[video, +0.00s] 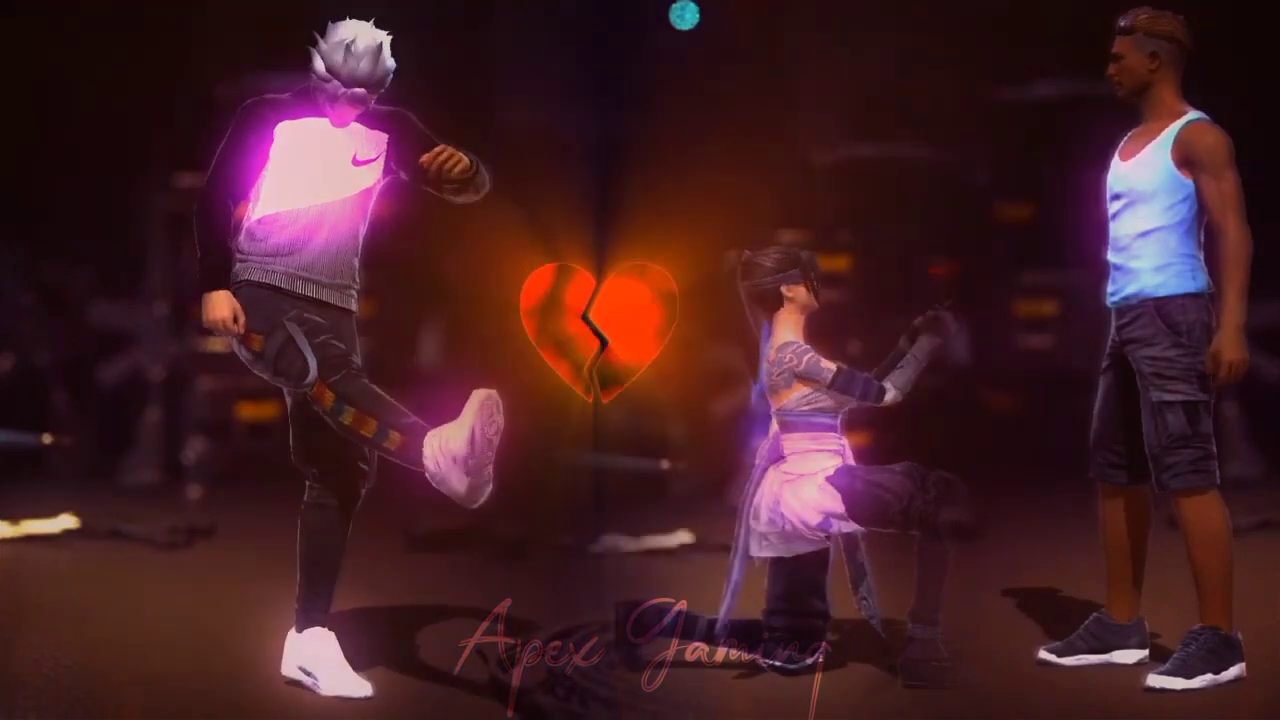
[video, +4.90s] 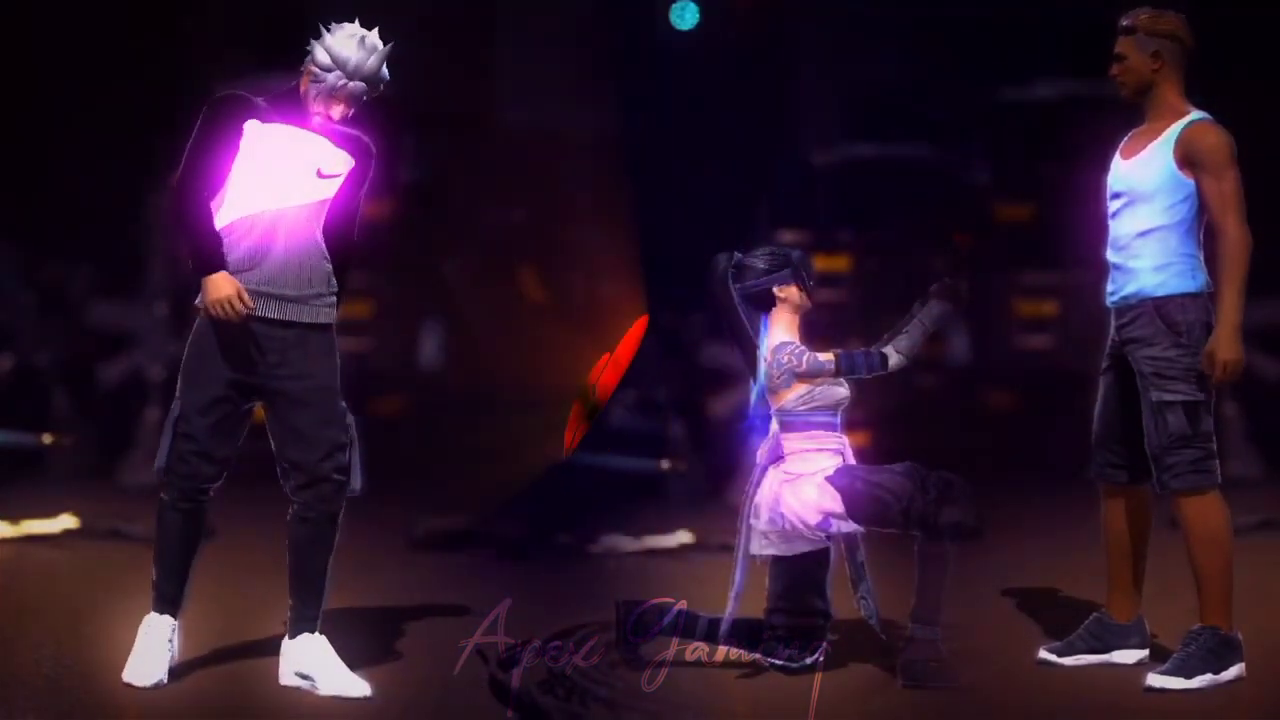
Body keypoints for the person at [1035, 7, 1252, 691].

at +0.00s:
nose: (1110, 68)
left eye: (1120, 58)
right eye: (1111, 58)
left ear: (1157, 62)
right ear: (1140, 65)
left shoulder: (1198, 135)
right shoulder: (1132, 141)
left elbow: (1233, 232)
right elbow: (1136, 240)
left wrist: (1231, 328)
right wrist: (1119, 320)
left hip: (1172, 320)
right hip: (1125, 322)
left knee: (1190, 476)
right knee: (1116, 470)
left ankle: (1216, 636)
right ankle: (1121, 623)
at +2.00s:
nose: (1111, 68)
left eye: (1120, 58)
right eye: (1111, 58)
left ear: (1158, 62)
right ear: (1140, 65)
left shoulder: (1199, 135)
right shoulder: (1131, 141)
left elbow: (1233, 233)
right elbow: (1135, 241)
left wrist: (1231, 328)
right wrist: (1119, 320)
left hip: (1172, 320)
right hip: (1125, 323)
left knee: (1189, 477)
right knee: (1115, 471)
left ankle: (1216, 637)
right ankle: (1121, 623)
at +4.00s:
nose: (1111, 67)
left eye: (1120, 57)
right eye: (1111, 57)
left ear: (1157, 62)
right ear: (1141, 64)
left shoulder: (1199, 135)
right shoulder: (1132, 140)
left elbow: (1234, 235)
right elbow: (1136, 240)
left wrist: (1230, 329)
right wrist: (1119, 321)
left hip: (1172, 320)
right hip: (1126, 322)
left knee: (1189, 477)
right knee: (1117, 472)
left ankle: (1216, 636)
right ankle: (1121, 622)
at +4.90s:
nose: (1113, 67)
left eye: (1123, 58)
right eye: (1114, 58)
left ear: (1159, 62)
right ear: (1144, 65)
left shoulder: (1201, 135)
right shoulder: (1134, 140)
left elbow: (1233, 232)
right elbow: (1136, 239)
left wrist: (1227, 327)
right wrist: (1118, 321)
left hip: (1172, 320)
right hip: (1125, 322)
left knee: (1190, 478)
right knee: (1119, 473)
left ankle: (1217, 636)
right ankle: (1121, 623)